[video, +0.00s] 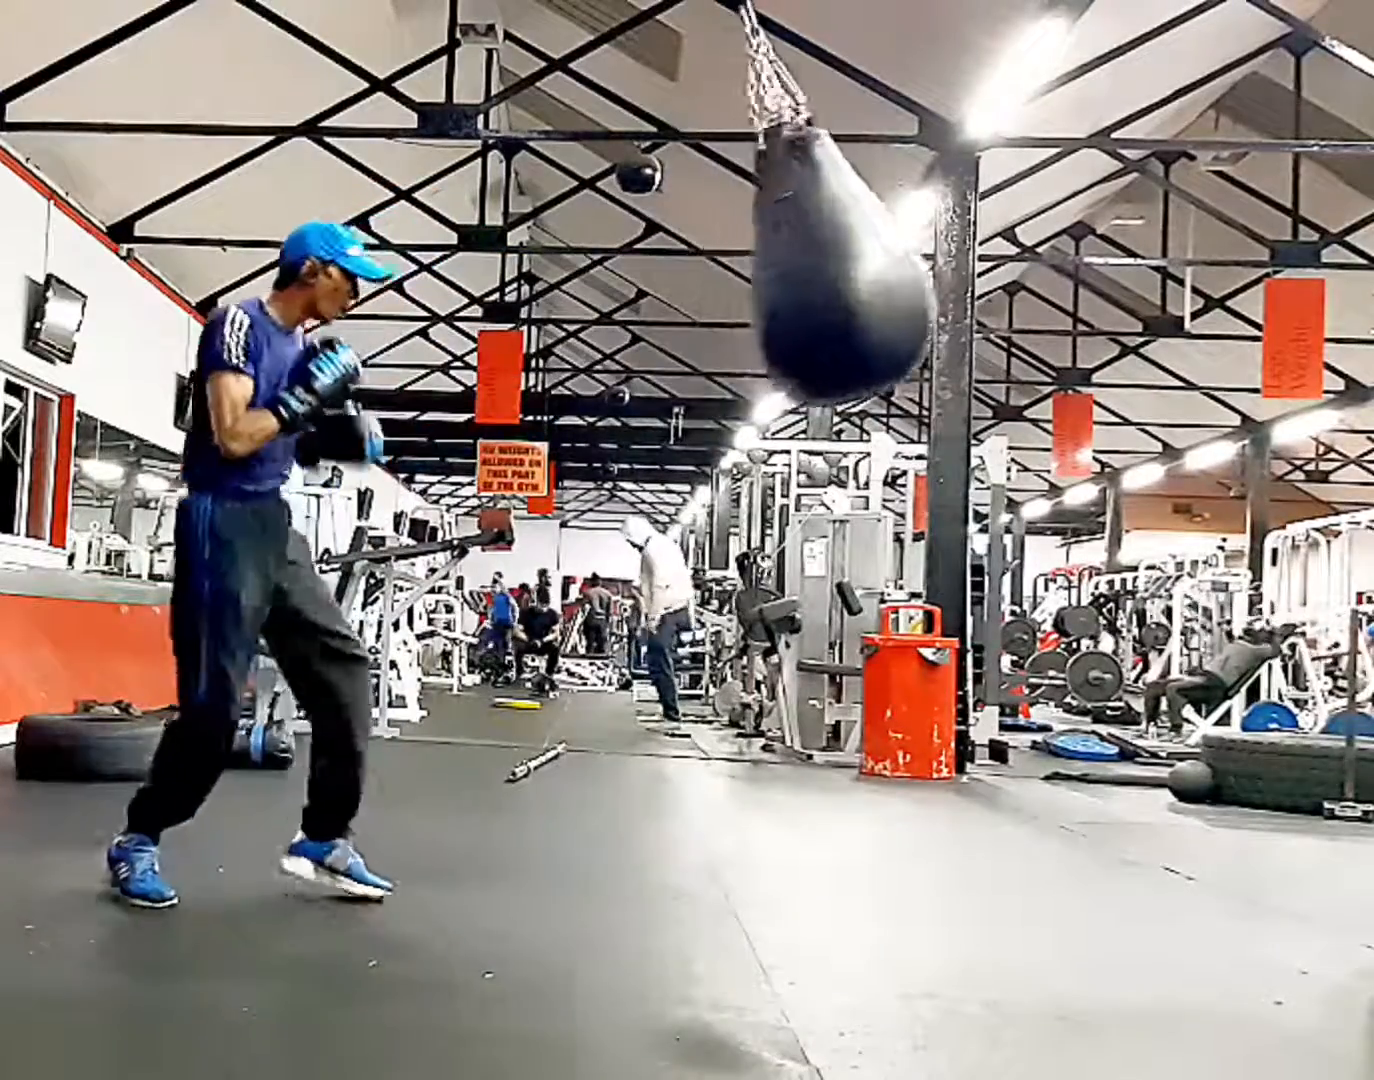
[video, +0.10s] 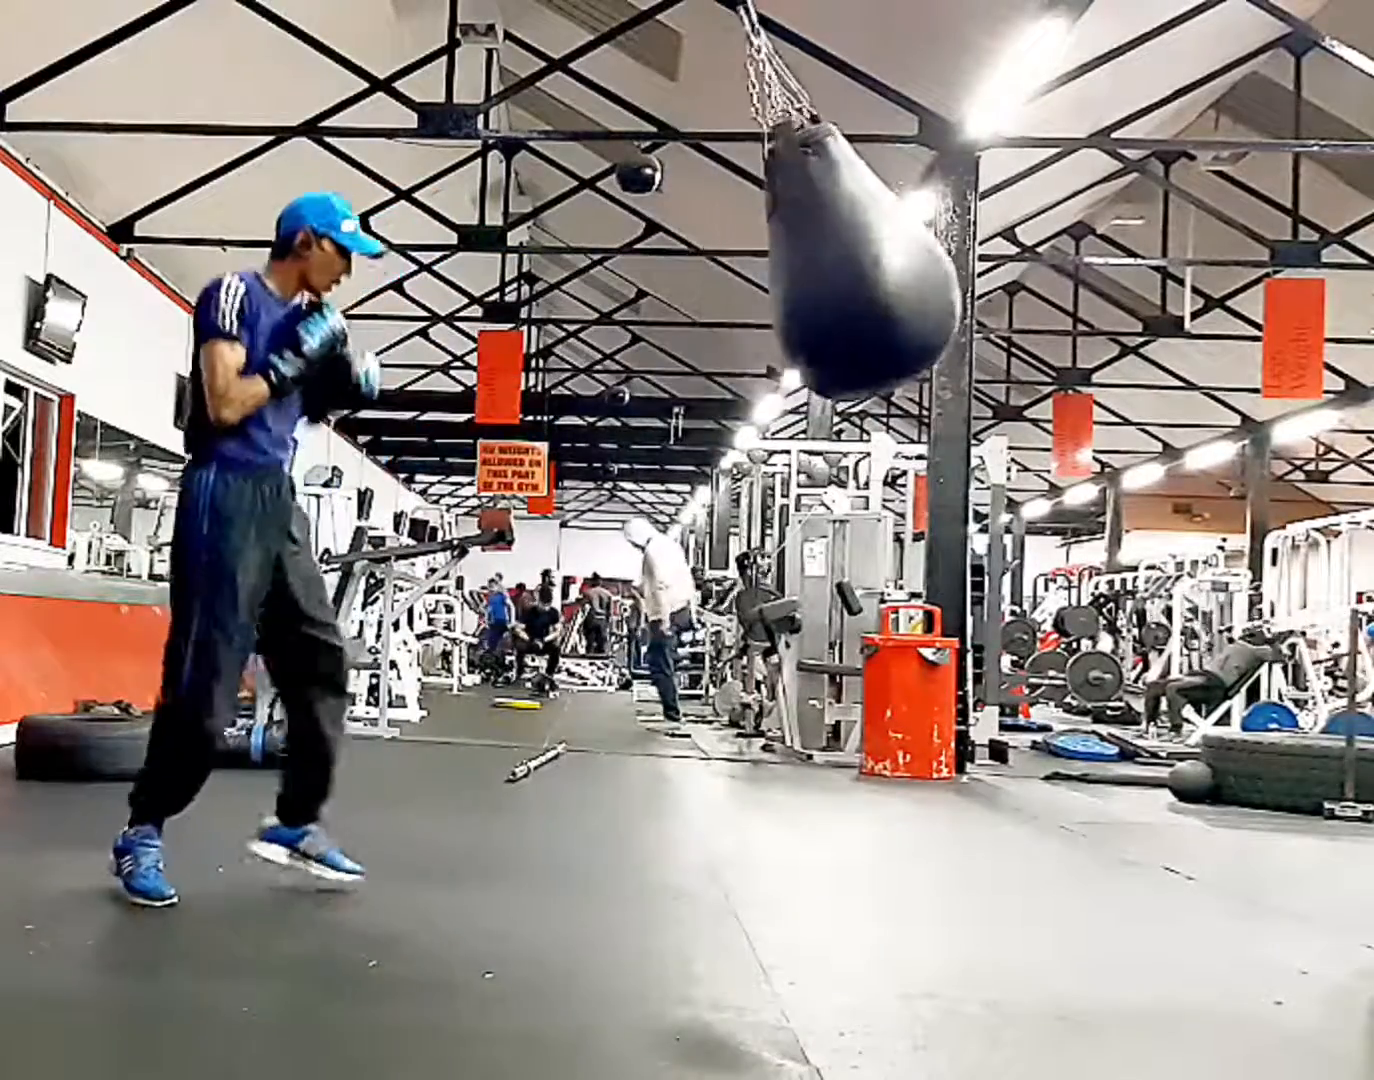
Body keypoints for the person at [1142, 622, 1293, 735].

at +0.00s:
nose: (1257, 634)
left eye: (1256, 631)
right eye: (1257, 632)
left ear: (1249, 635)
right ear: (1253, 635)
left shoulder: (1256, 651)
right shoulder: (1236, 645)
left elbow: (1275, 652)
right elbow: (1221, 651)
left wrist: (1275, 636)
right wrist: (1222, 632)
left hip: (1216, 681)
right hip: (1205, 674)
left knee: (1173, 689)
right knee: (1153, 688)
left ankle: (1176, 730)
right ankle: (1147, 727)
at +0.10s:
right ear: (1253, 636)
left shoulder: (1254, 651)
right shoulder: (1231, 647)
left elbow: (1277, 656)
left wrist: (1273, 644)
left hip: (1218, 681)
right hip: (1203, 675)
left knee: (1173, 689)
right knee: (1153, 688)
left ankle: (1176, 730)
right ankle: (1147, 728)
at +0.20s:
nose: (1259, 636)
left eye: (1259, 633)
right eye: (1259, 633)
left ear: (1255, 637)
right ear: (1254, 636)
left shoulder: (1256, 650)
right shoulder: (1234, 646)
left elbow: (1278, 655)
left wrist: (1277, 644)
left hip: (1217, 681)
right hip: (1202, 674)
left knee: (1173, 689)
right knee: (1152, 688)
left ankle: (1176, 730)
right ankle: (1147, 727)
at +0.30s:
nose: (1254, 635)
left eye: (1254, 633)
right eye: (1256, 633)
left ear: (1246, 636)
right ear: (1256, 637)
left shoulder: (1257, 651)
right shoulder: (1235, 646)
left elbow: (1275, 653)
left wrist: (1272, 639)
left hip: (1217, 682)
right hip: (1205, 675)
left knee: (1173, 689)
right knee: (1153, 688)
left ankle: (1176, 730)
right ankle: (1147, 728)